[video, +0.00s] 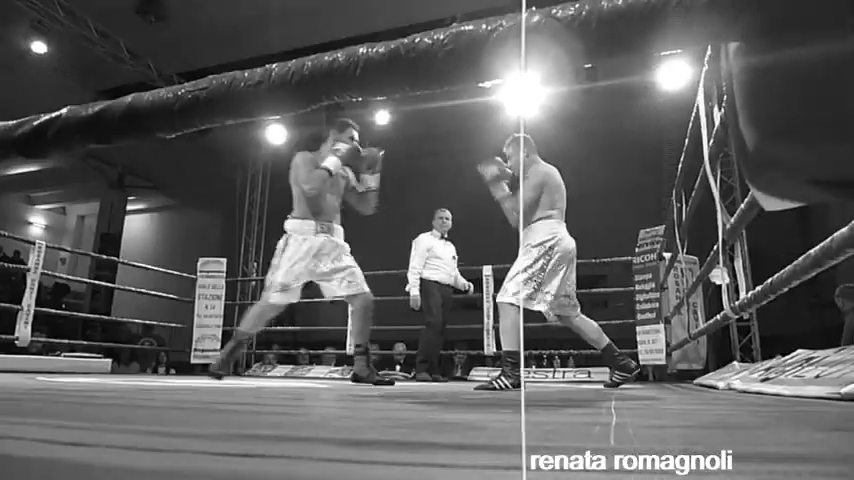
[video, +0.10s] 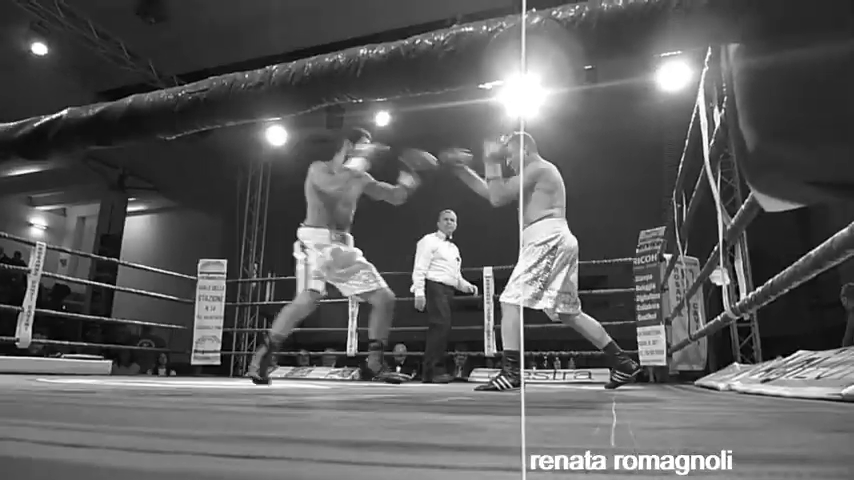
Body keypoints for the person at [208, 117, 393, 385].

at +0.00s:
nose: (351, 148)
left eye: (354, 143)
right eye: (347, 141)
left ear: (351, 147)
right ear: (331, 139)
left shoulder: (344, 174)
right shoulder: (304, 160)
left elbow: (367, 207)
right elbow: (310, 187)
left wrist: (371, 173)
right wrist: (335, 160)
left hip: (333, 245)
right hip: (299, 242)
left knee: (363, 300)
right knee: (273, 303)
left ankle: (362, 367)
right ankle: (227, 355)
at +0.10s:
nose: (365, 158)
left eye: (368, 154)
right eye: (362, 152)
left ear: (364, 157)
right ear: (346, 147)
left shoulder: (361, 178)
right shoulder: (318, 169)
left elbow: (395, 197)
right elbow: (330, 186)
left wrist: (407, 182)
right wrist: (355, 166)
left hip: (344, 249)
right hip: (313, 246)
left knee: (384, 298)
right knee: (307, 300)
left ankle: (374, 364)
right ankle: (262, 356)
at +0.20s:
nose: (397, 170)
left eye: (399, 167)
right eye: (393, 164)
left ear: (390, 168)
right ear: (375, 161)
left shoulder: (380, 197)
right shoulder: (352, 184)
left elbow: (377, 235)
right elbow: (375, 209)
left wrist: (404, 235)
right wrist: (401, 187)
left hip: (371, 263)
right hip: (343, 259)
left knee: (419, 306)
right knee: (320, 318)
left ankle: (437, 361)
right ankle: (268, 362)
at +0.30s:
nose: (430, 193)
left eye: (432, 189)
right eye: (428, 187)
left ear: (418, 185)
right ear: (416, 182)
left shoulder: (407, 205)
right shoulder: (397, 197)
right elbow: (414, 230)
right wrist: (428, 206)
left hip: (391, 273)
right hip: (371, 267)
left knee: (439, 316)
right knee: (339, 327)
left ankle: (462, 370)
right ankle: (276, 358)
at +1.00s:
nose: (406, 139)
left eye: (408, 134)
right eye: (402, 132)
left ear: (404, 139)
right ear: (384, 133)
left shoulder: (401, 171)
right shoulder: (361, 161)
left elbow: (422, 205)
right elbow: (377, 183)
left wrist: (424, 171)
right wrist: (405, 159)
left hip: (397, 240)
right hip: (366, 240)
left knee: (429, 297)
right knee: (348, 304)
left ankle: (443, 358)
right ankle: (318, 361)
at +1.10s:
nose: (405, 132)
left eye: (406, 128)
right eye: (401, 126)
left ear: (403, 132)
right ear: (383, 124)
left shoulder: (400, 163)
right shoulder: (359, 152)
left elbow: (423, 195)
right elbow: (380, 166)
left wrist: (425, 159)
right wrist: (406, 142)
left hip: (394, 234)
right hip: (363, 234)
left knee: (423, 295)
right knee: (342, 302)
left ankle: (432, 359)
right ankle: (316, 360)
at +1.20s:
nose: (408, 129)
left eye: (410, 125)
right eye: (404, 123)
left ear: (405, 128)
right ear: (388, 121)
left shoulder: (402, 163)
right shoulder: (362, 148)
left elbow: (424, 199)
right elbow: (394, 155)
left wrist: (432, 164)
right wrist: (417, 126)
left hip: (392, 233)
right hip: (360, 232)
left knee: (420, 293)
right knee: (339, 301)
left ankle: (432, 361)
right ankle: (315, 359)